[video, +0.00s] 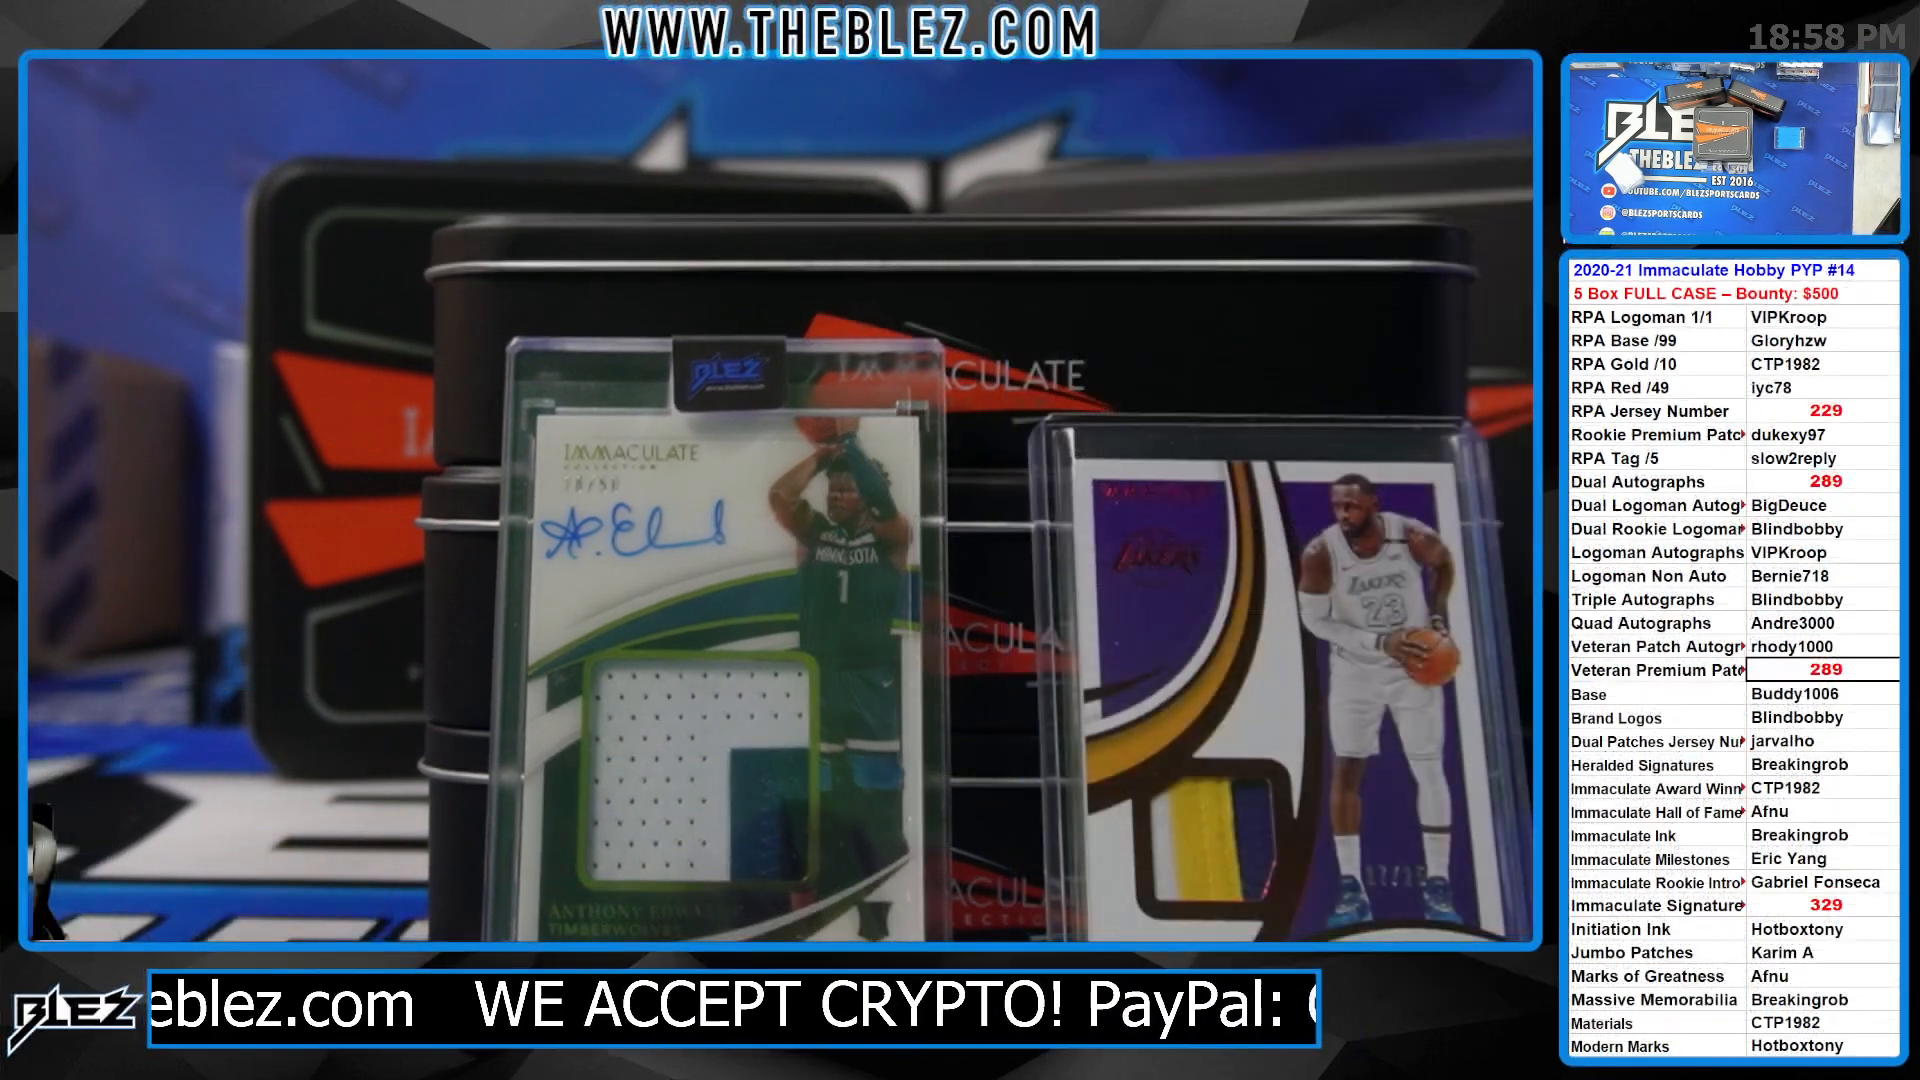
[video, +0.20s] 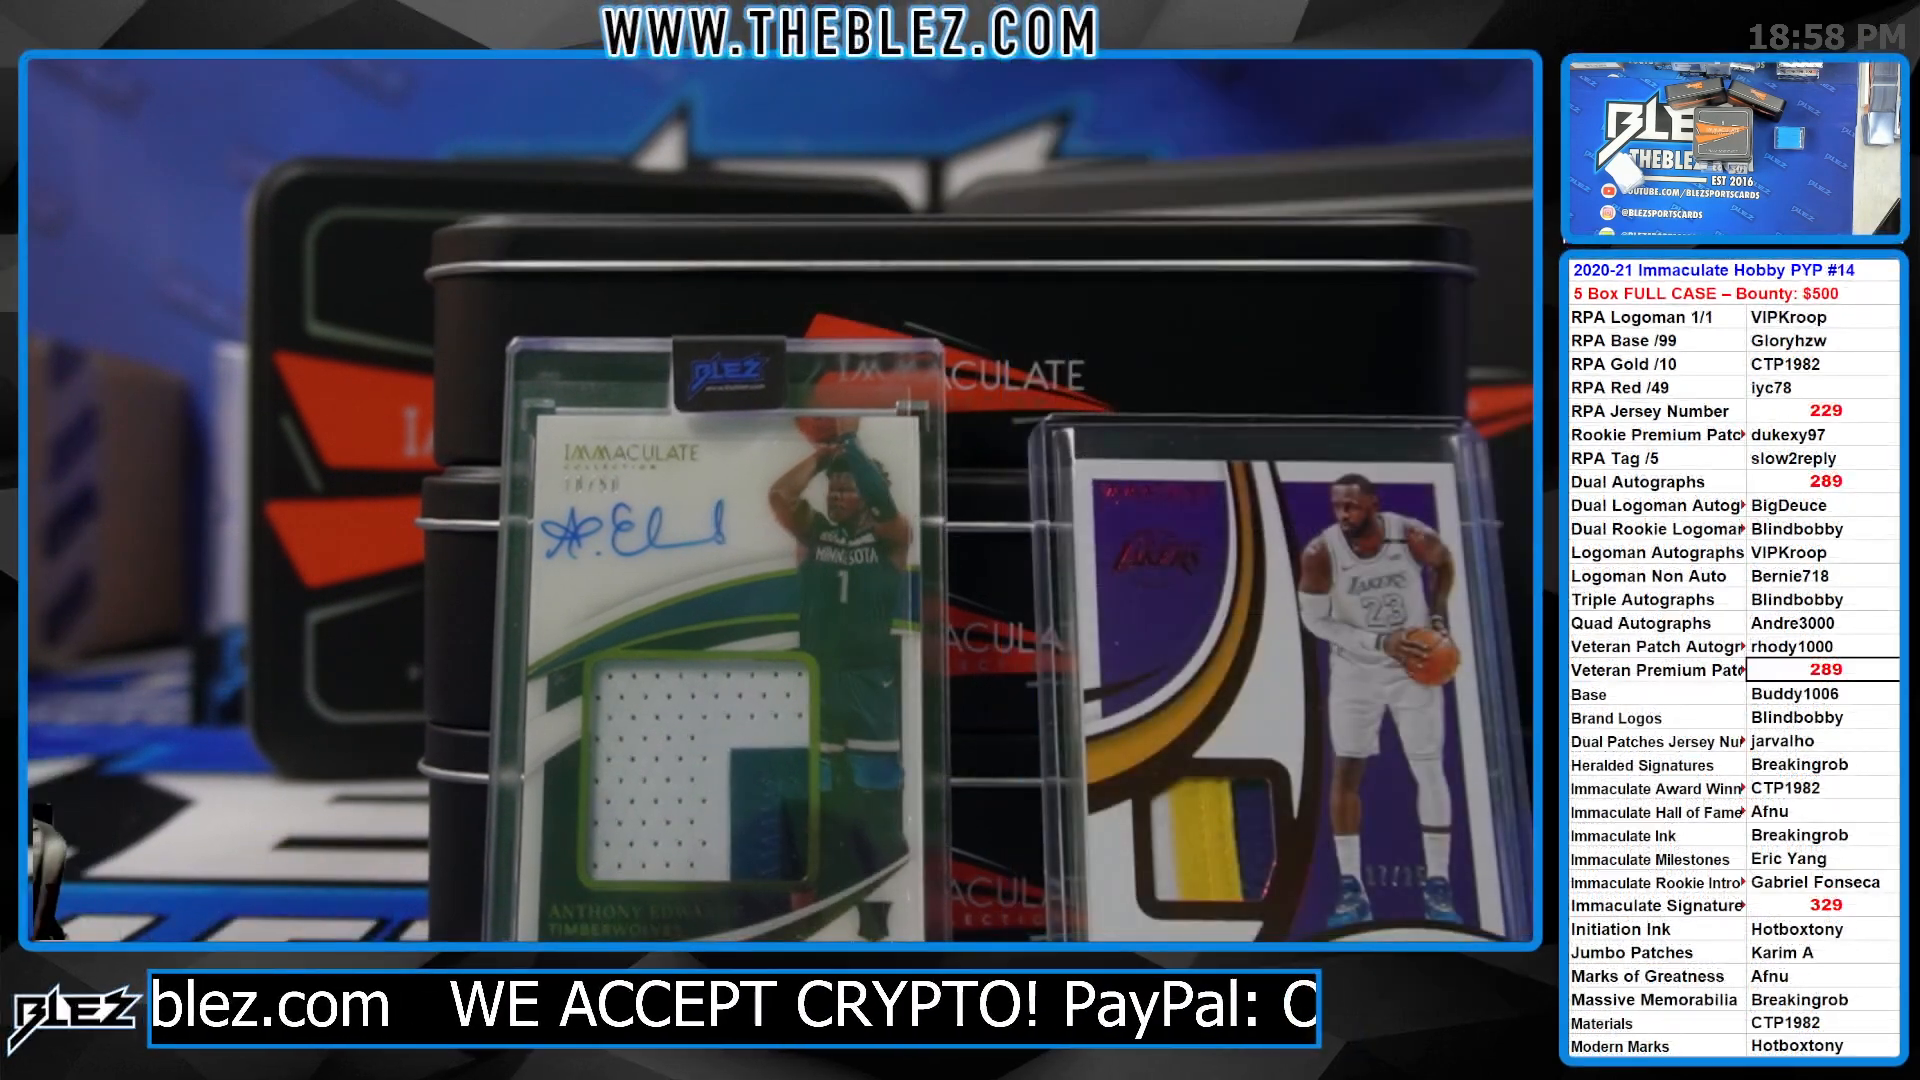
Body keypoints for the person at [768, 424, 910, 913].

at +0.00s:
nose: (840, 496)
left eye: (850, 489)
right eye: (835, 488)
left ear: (867, 495)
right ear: (826, 494)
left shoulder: (889, 540)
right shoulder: (813, 533)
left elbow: (883, 502)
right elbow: (780, 495)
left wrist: (850, 449)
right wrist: (819, 458)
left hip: (872, 680)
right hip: (818, 679)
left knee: (877, 801)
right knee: (822, 800)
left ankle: (876, 907)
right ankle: (820, 900)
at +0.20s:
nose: (841, 495)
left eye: (850, 489)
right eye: (835, 487)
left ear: (868, 495)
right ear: (826, 493)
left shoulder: (889, 540)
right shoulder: (814, 532)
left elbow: (885, 506)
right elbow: (780, 495)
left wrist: (851, 450)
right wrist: (819, 458)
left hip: (872, 678)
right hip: (818, 676)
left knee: (876, 795)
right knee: (824, 792)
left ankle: (876, 905)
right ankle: (823, 891)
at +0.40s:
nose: (841, 495)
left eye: (850, 488)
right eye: (835, 487)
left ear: (868, 495)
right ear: (826, 494)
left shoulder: (889, 539)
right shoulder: (814, 533)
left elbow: (885, 508)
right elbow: (780, 496)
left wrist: (852, 452)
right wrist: (818, 459)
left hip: (872, 676)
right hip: (818, 675)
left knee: (877, 794)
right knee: (822, 791)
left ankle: (876, 900)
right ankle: (821, 890)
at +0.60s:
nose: (841, 495)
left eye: (851, 488)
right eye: (835, 487)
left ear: (868, 495)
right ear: (826, 493)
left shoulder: (890, 540)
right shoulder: (814, 533)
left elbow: (884, 505)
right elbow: (780, 496)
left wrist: (851, 449)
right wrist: (818, 459)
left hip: (872, 678)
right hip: (817, 676)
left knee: (877, 797)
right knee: (820, 792)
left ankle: (876, 903)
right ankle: (816, 892)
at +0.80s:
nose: (841, 495)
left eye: (850, 488)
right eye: (835, 487)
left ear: (868, 495)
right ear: (827, 493)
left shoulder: (889, 539)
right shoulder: (814, 532)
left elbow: (886, 508)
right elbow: (780, 496)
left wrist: (853, 452)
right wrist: (818, 459)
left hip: (871, 677)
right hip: (817, 675)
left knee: (878, 792)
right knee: (820, 788)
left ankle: (877, 898)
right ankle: (819, 888)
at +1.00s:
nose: (841, 494)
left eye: (850, 488)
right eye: (835, 487)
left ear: (868, 495)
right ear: (827, 493)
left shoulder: (890, 539)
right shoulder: (814, 532)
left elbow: (886, 509)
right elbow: (780, 496)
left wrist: (853, 453)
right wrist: (818, 460)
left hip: (872, 677)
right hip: (817, 675)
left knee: (878, 796)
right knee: (819, 792)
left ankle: (876, 901)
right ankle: (815, 893)